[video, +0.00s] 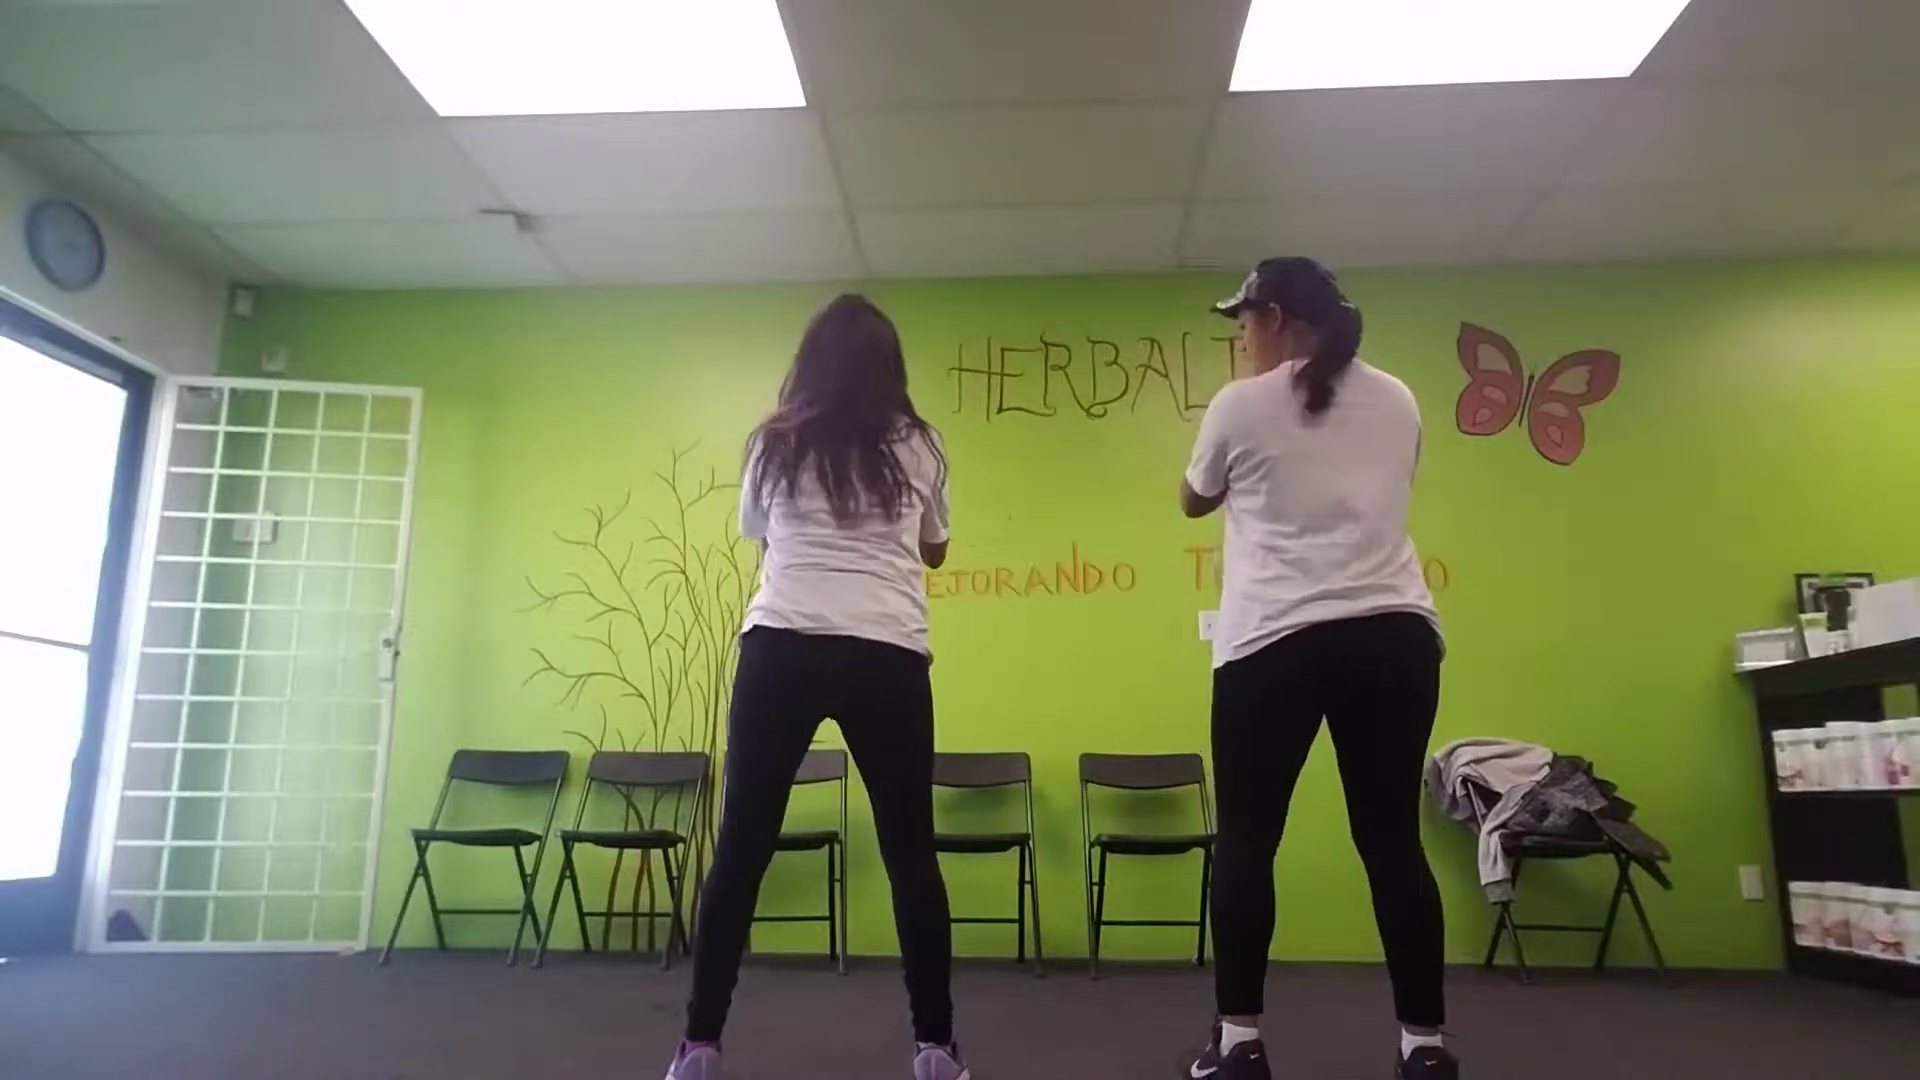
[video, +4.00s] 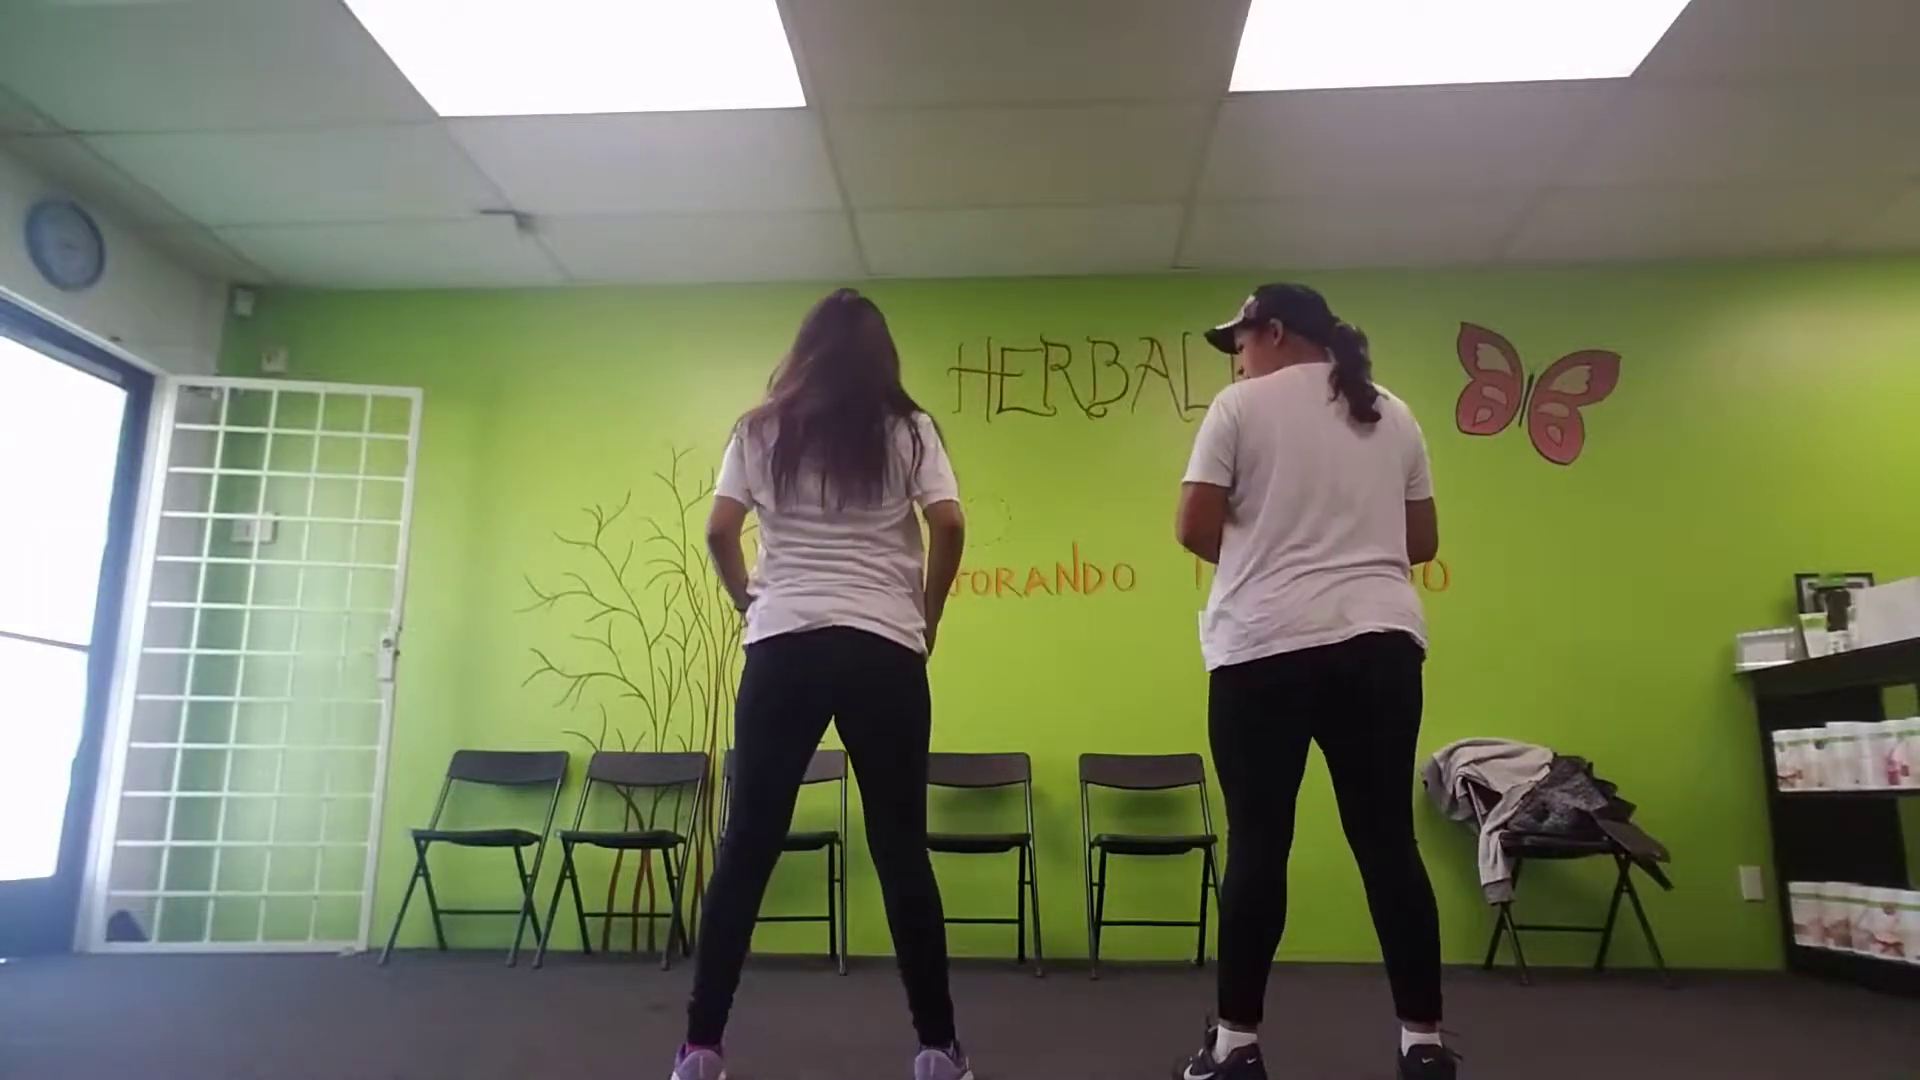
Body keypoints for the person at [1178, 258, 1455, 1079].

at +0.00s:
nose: (1238, 336)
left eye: (1242, 322)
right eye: (1239, 322)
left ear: (1273, 319)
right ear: (1322, 316)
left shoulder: (1240, 404)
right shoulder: (1398, 400)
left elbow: (1197, 497)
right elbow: (1384, 491)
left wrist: (1264, 437)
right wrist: (1286, 458)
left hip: (1274, 646)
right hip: (1395, 639)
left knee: (1245, 844)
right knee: (1394, 841)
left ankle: (1239, 1045)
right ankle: (1425, 1047)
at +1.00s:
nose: (1212, 632)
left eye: (1218, 618)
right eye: (1213, 618)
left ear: (1246, 623)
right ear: (1298, 622)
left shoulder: (1208, 686)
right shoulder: (1355, 680)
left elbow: (1177, 793)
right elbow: (1382, 763)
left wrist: (1218, 731)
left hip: (1276, 891)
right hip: (1426, 884)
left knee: (1169, 877)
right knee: (1388, 869)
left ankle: (1233, 1046)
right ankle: (1416, 1038)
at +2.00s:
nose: (1225, 358)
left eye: (1229, 343)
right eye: (1225, 345)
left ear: (1259, 338)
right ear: (1303, 337)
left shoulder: (1221, 408)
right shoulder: (1376, 411)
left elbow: (1178, 529)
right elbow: (1408, 538)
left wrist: (1256, 542)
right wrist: (1325, 540)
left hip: (1247, 654)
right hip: (1364, 646)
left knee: (1248, 847)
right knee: (1380, 840)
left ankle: (1236, 1046)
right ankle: (1422, 1039)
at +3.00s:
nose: (1217, 637)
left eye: (1221, 624)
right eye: (1218, 624)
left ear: (1245, 628)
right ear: (1300, 628)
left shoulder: (1208, 695)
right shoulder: (1357, 688)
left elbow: (1177, 805)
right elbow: (1374, 772)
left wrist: (1227, 745)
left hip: (1277, 899)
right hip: (1424, 893)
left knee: (1169, 880)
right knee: (1392, 873)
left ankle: (1234, 1046)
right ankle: (1417, 1038)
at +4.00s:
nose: (1235, 360)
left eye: (1239, 345)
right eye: (1235, 348)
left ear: (1273, 335)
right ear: (1312, 334)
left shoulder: (1238, 405)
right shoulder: (1392, 411)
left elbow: (1196, 526)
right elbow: (1421, 540)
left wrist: (1261, 557)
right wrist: (1338, 547)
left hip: (1262, 656)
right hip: (1380, 649)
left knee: (1257, 847)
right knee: (1388, 841)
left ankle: (1234, 1047)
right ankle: (1423, 1042)